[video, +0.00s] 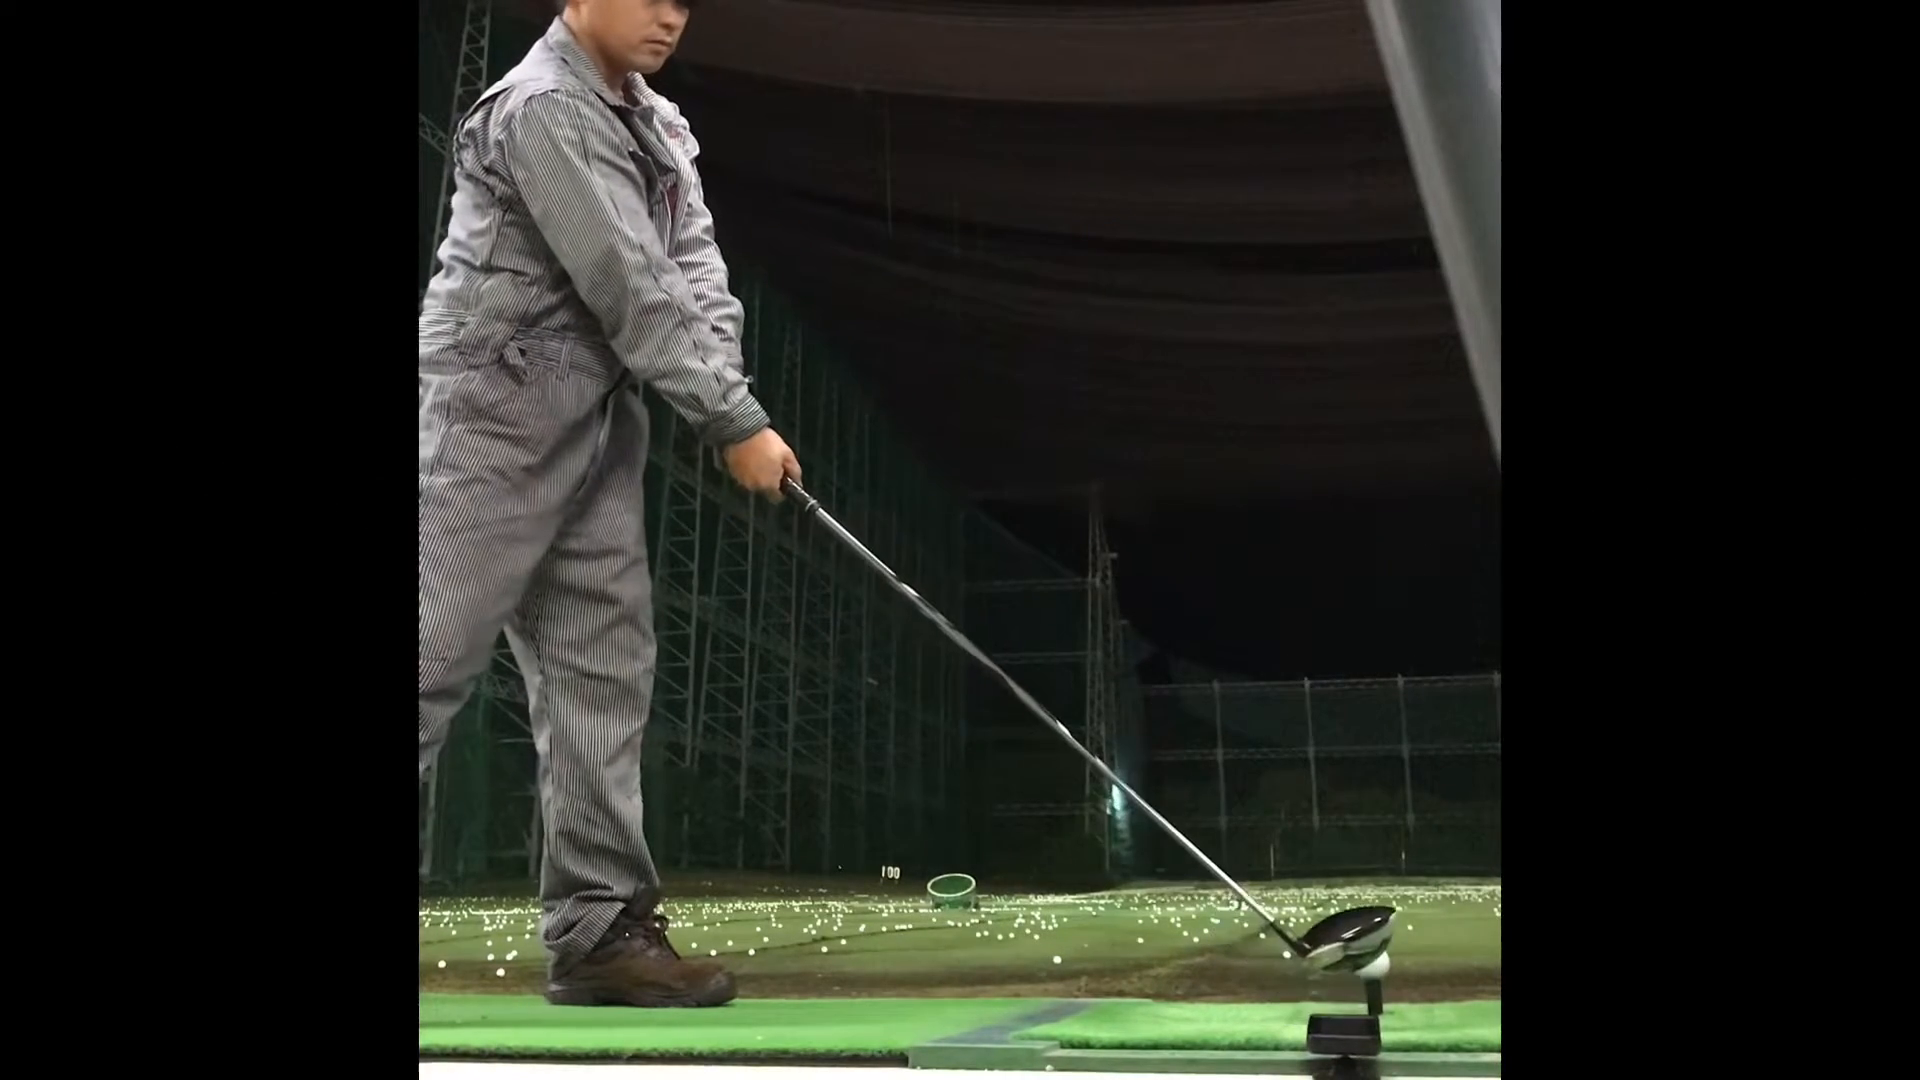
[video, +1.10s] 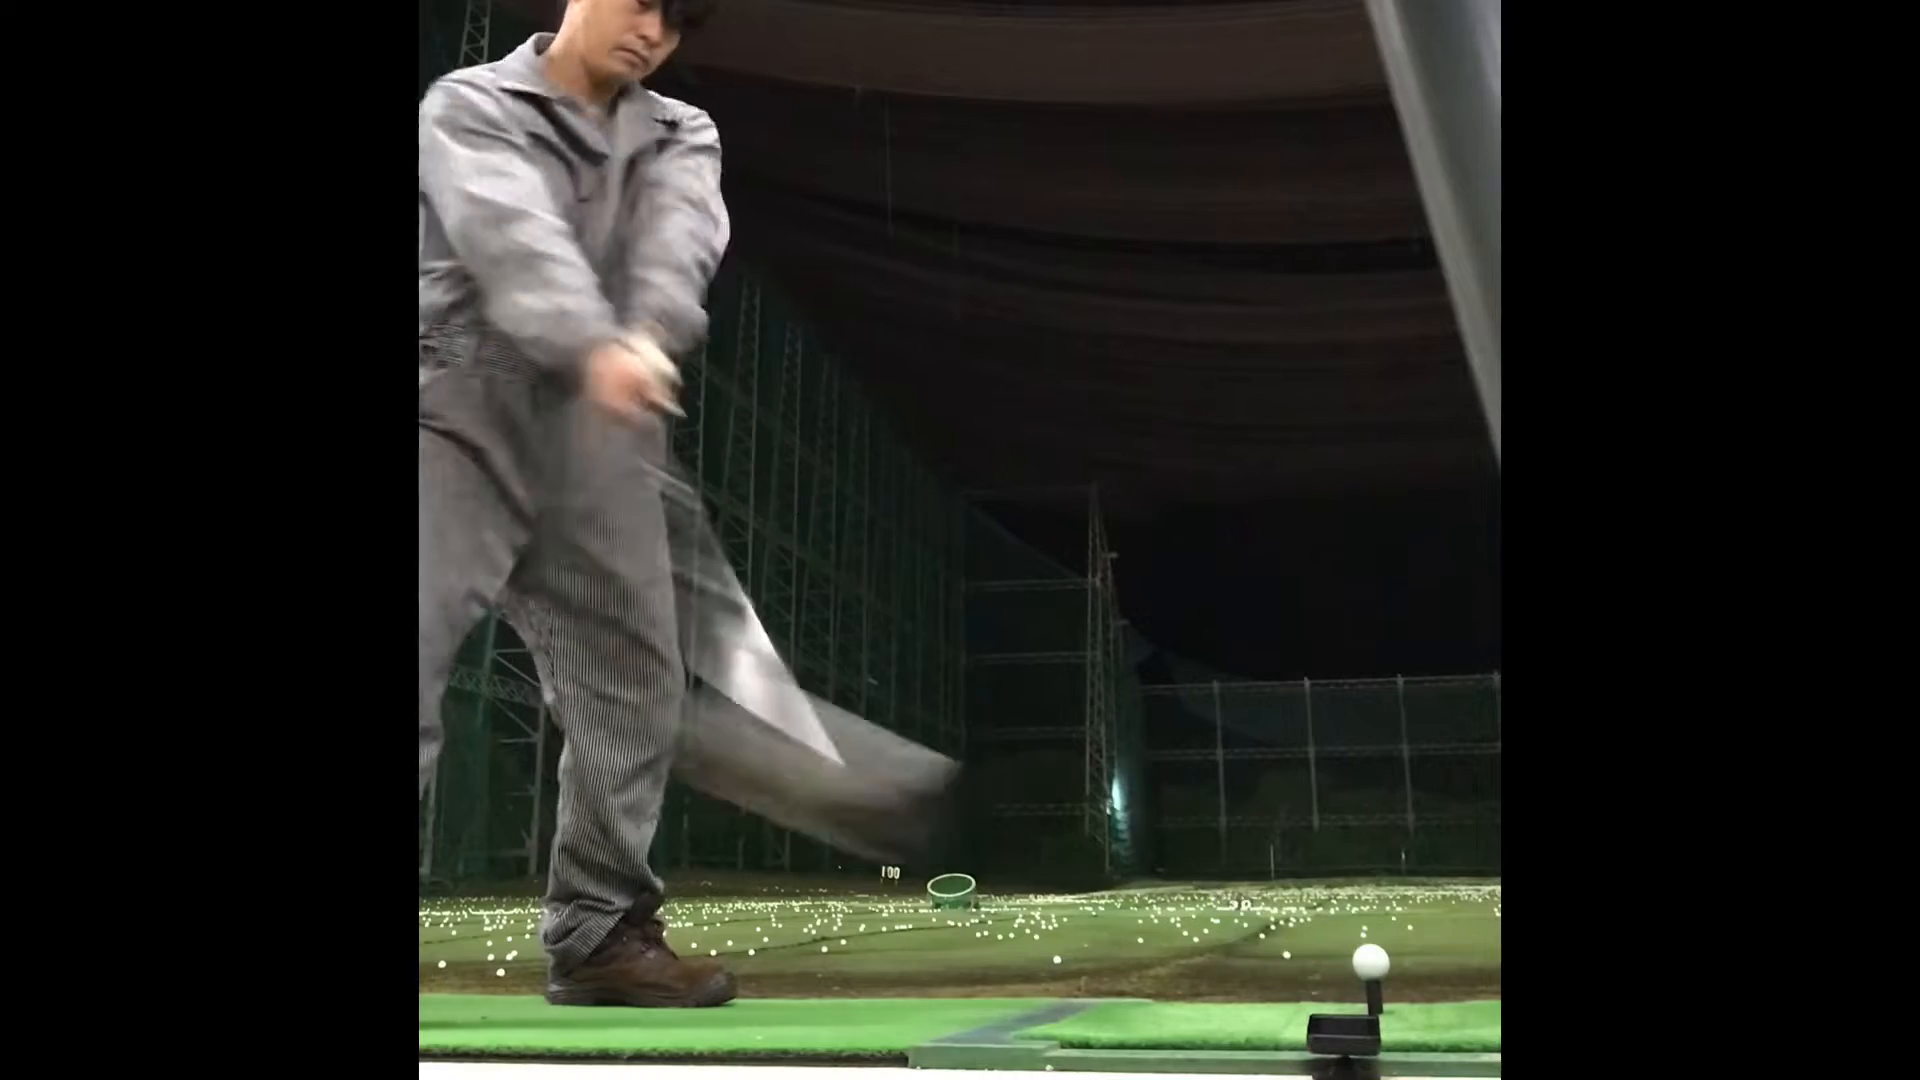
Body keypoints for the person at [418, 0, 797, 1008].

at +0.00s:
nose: (671, 19)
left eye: (679, 4)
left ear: (677, 18)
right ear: (581, 2)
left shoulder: (658, 120)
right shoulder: (543, 107)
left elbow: (698, 267)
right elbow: (627, 284)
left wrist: (724, 401)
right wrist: (732, 422)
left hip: (591, 434)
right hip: (484, 426)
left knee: (601, 667)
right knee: (434, 672)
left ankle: (599, 934)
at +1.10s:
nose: (653, 30)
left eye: (670, 20)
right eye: (638, 5)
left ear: (673, 42)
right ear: (574, 2)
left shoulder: (682, 132)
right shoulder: (469, 105)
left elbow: (680, 240)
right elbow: (512, 236)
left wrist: (645, 335)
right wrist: (590, 342)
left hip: (604, 428)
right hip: (460, 421)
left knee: (629, 677)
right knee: (420, 656)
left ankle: (600, 935)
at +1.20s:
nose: (653, 33)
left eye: (672, 26)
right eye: (639, 7)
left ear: (676, 48)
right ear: (577, 2)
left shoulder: (685, 130)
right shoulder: (454, 95)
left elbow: (620, 194)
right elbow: (440, 178)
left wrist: (492, 228)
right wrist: (446, 225)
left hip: (591, 430)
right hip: (441, 413)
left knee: (634, 683)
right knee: (416, 640)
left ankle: (601, 936)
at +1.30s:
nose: (651, 30)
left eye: (672, 24)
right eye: (636, 5)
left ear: (678, 47)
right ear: (578, 4)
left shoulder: (677, 120)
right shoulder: (472, 84)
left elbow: (556, 108)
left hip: (572, 405)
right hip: (435, 386)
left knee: (624, 673)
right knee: (420, 620)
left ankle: (607, 930)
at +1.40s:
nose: (634, 24)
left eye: (647, 21)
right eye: (628, 7)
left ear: (656, 33)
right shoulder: (448, 77)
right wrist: (533, 31)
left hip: (533, 377)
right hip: (427, 378)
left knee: (610, 658)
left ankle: (622, 913)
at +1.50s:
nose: (621, 4)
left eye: (621, 2)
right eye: (626, 4)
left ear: (632, 13)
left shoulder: (606, 64)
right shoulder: (442, 72)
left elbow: (457, 3)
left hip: (506, 374)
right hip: (438, 382)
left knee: (603, 673)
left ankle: (652, 889)